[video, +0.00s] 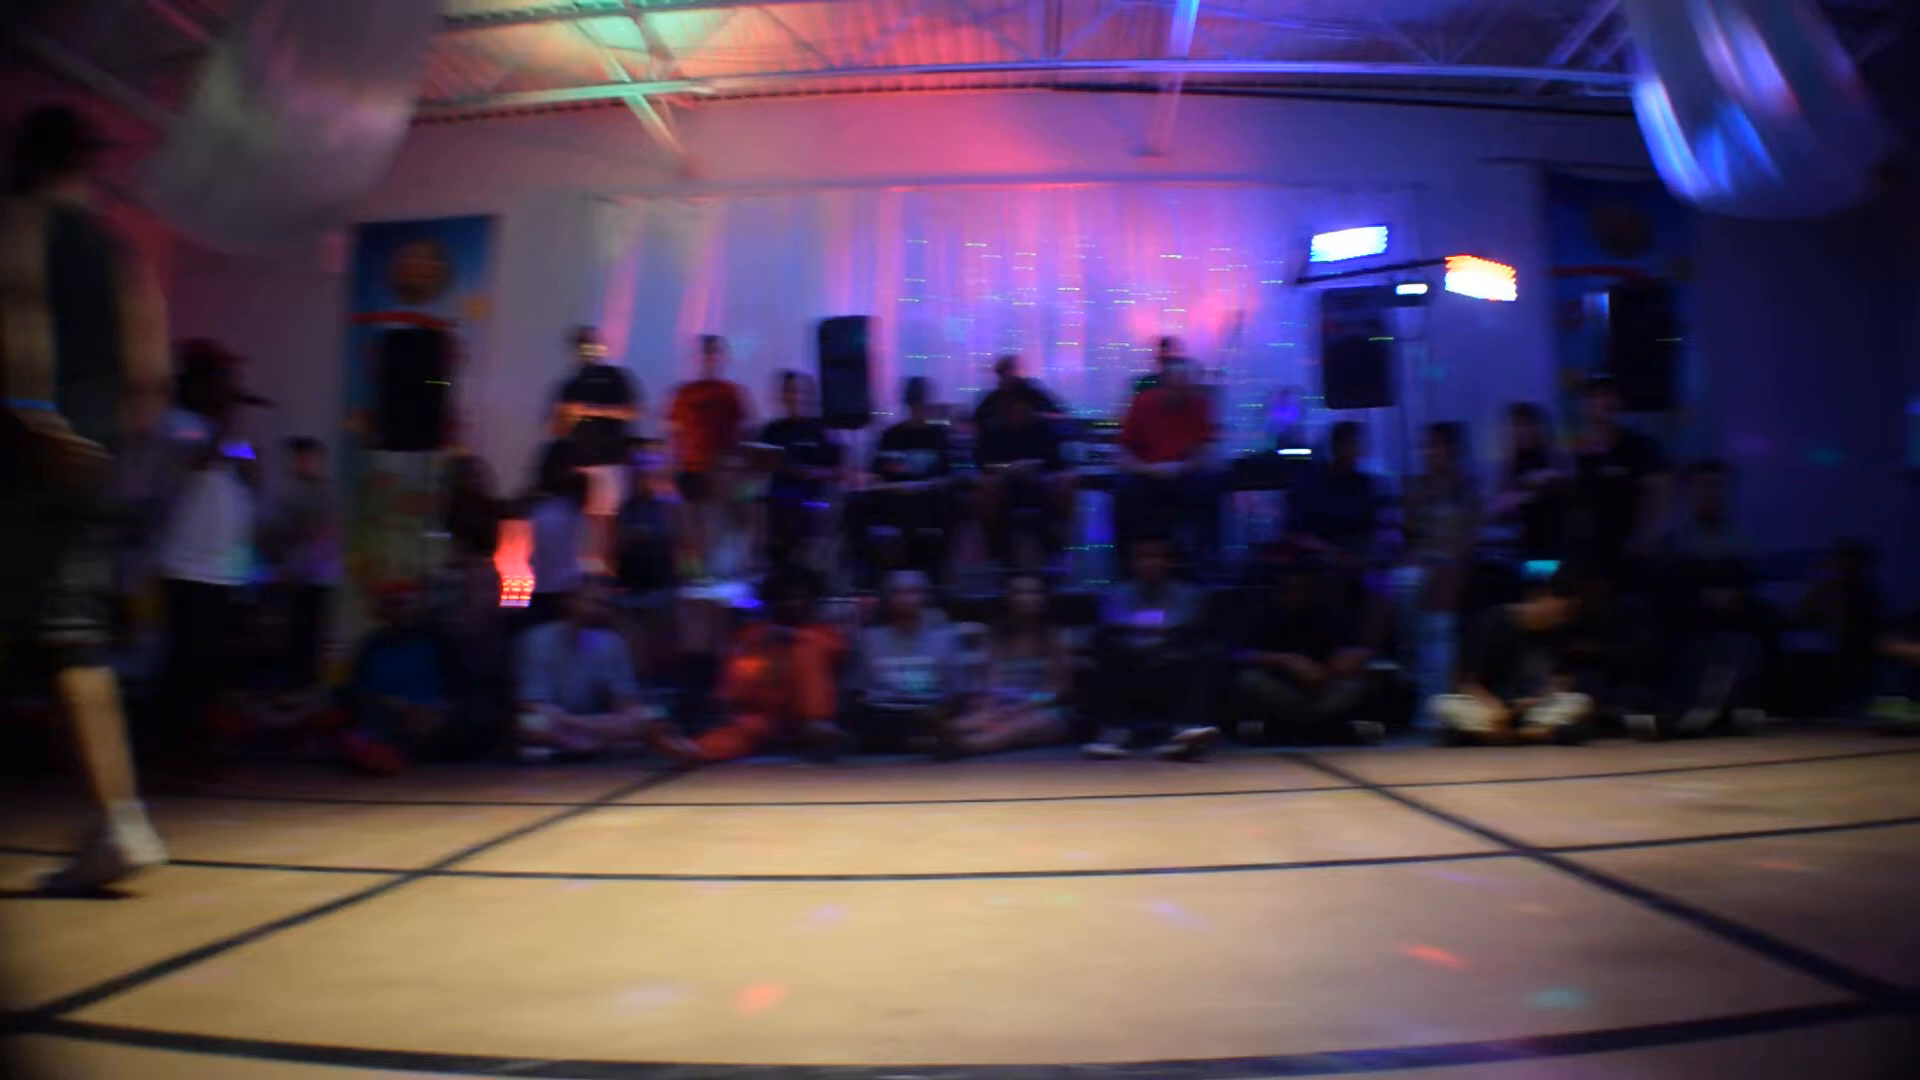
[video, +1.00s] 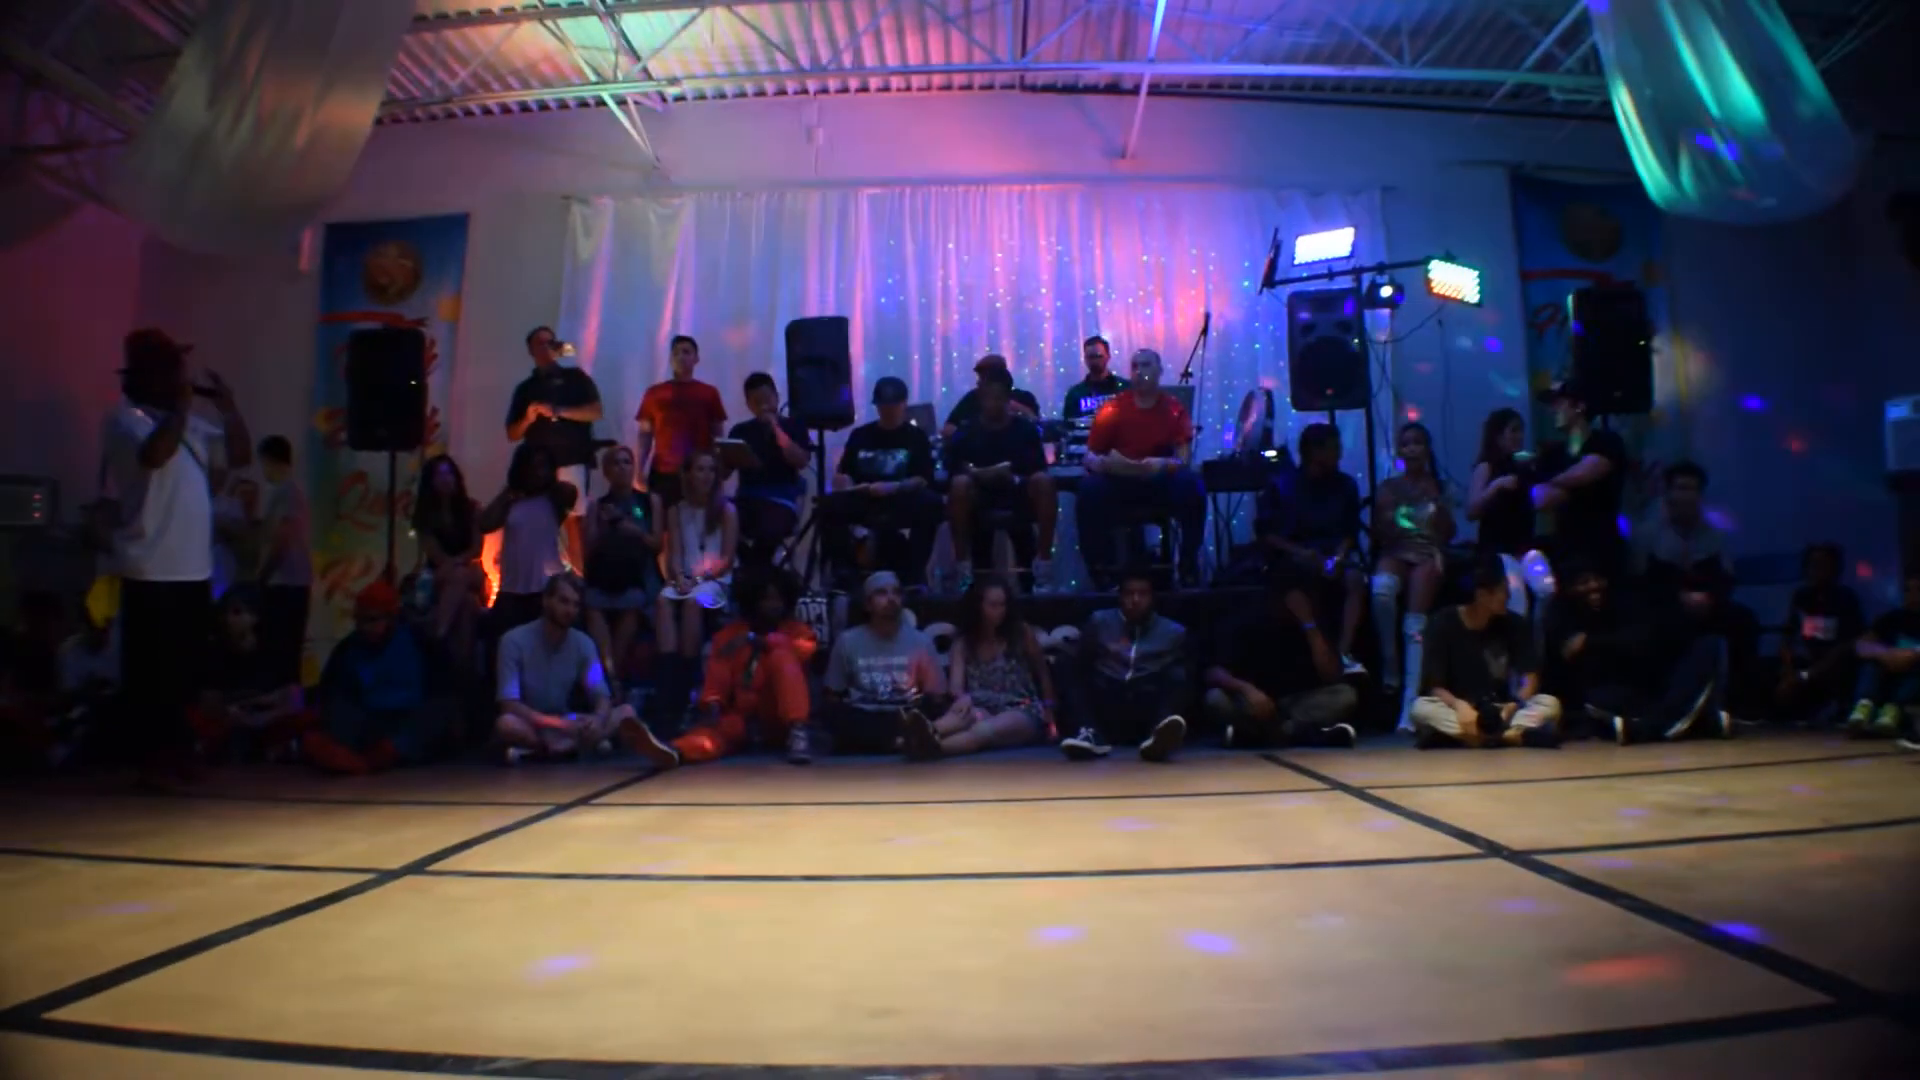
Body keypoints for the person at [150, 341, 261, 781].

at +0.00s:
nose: (226, 395)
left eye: (228, 386)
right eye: (218, 385)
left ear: (231, 391)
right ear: (199, 387)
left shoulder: (233, 440)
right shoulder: (181, 428)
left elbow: (258, 492)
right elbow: (189, 465)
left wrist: (243, 461)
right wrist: (221, 436)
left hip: (230, 573)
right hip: (190, 572)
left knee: (218, 670)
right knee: (188, 669)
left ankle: (212, 751)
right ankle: (179, 753)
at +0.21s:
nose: (171, 383)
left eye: (171, 375)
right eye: (162, 375)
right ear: (140, 377)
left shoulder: (169, 429)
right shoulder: (118, 420)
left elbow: (194, 483)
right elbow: (143, 458)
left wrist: (185, 456)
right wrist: (170, 412)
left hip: (170, 573)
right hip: (132, 573)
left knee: (160, 675)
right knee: (130, 675)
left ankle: (153, 758)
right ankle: (122, 761)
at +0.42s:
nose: (164, 381)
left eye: (164, 373)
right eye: (156, 372)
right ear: (132, 376)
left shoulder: (166, 429)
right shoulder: (113, 422)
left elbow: (188, 484)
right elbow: (136, 457)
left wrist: (189, 463)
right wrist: (164, 411)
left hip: (168, 574)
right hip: (130, 574)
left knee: (159, 675)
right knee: (128, 675)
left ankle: (153, 756)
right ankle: (122, 760)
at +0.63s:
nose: (160, 378)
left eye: (160, 371)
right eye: (152, 370)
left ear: (153, 378)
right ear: (127, 375)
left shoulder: (167, 427)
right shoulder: (108, 420)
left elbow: (194, 481)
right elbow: (132, 457)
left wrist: (180, 455)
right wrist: (160, 405)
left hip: (168, 576)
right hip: (126, 576)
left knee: (160, 678)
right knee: (125, 679)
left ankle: (153, 761)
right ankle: (123, 764)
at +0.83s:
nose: (182, 381)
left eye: (184, 373)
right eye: (171, 372)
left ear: (184, 378)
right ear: (149, 377)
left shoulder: (196, 427)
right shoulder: (137, 422)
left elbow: (230, 481)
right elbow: (160, 458)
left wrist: (236, 447)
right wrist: (186, 409)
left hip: (201, 577)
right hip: (158, 578)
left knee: (194, 680)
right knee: (158, 682)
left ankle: (188, 760)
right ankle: (155, 763)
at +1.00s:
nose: (178, 381)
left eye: (178, 373)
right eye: (168, 372)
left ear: (176, 378)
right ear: (142, 377)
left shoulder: (185, 426)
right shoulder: (127, 421)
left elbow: (239, 457)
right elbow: (153, 455)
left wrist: (227, 405)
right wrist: (181, 404)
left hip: (193, 578)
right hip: (151, 578)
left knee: (187, 679)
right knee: (150, 680)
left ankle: (183, 760)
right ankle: (148, 764)